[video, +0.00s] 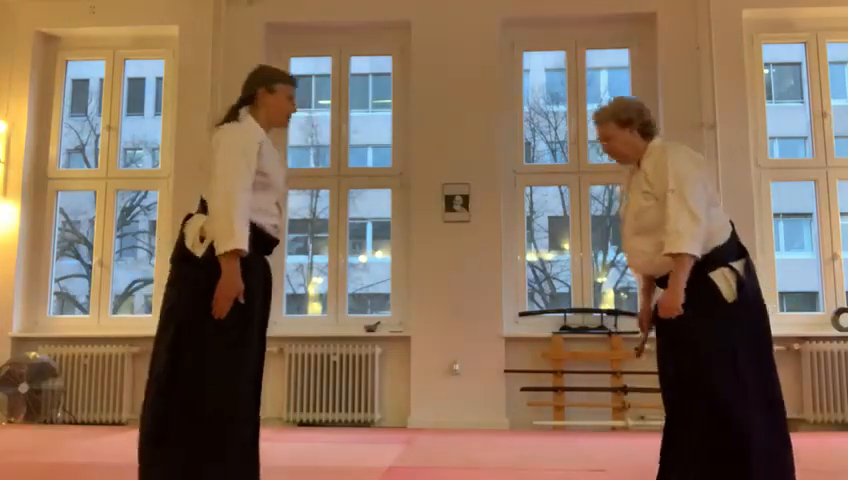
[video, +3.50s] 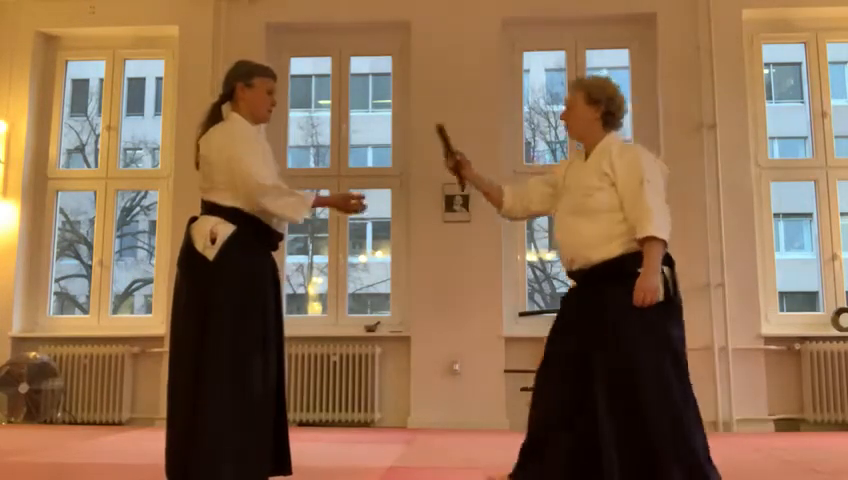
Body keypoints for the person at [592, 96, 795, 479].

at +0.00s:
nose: (604, 149)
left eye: (606, 139)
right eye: (601, 142)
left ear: (631, 130)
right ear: (626, 134)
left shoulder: (673, 158)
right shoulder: (636, 177)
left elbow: (690, 223)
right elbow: (645, 240)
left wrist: (675, 287)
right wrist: (645, 299)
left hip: (716, 284)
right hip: (677, 290)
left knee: (727, 393)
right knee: (687, 396)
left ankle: (737, 474)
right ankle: (690, 474)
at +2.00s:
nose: (641, 117)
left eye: (648, 109)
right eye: (643, 110)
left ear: (672, 113)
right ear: (668, 114)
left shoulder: (688, 152)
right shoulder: (671, 157)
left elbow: (688, 218)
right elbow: (677, 220)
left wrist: (667, 276)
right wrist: (654, 277)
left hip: (689, 282)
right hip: (667, 283)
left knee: (692, 394)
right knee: (668, 394)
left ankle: (703, 475)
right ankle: (676, 474)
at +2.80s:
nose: (626, 120)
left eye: (633, 113)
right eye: (628, 113)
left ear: (659, 119)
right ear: (649, 120)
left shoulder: (675, 152)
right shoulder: (645, 166)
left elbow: (685, 212)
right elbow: (637, 239)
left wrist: (668, 269)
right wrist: (591, 272)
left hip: (688, 279)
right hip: (659, 283)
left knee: (687, 387)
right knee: (653, 388)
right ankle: (661, 472)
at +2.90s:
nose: (622, 120)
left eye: (629, 113)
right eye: (624, 113)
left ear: (654, 116)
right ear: (646, 118)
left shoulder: (673, 152)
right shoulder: (640, 171)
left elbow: (684, 213)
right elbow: (616, 236)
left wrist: (668, 270)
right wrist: (562, 231)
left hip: (684, 282)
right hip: (656, 287)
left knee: (685, 390)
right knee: (645, 391)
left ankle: (694, 472)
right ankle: (653, 473)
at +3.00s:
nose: (618, 120)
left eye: (625, 111)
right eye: (619, 112)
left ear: (651, 115)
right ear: (642, 118)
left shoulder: (670, 151)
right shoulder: (635, 172)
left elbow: (681, 211)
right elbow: (591, 220)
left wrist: (667, 271)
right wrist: (554, 188)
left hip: (677, 282)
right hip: (647, 287)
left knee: (679, 392)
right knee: (641, 393)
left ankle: (689, 473)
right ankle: (644, 473)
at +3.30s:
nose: (595, 110)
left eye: (602, 103)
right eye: (597, 103)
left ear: (628, 107)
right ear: (618, 110)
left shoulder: (655, 151)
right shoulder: (599, 167)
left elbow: (669, 210)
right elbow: (548, 193)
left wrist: (657, 268)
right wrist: (528, 149)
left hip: (657, 277)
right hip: (613, 284)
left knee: (658, 381)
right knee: (586, 373)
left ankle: (677, 469)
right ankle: (611, 466)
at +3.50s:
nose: (563, 113)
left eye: (571, 105)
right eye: (565, 105)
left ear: (597, 110)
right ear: (588, 112)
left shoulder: (631, 157)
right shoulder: (567, 171)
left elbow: (653, 213)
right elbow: (517, 202)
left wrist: (651, 270)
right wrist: (474, 178)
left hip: (634, 281)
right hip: (588, 289)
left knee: (645, 391)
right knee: (559, 385)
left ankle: (660, 474)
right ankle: (551, 473)